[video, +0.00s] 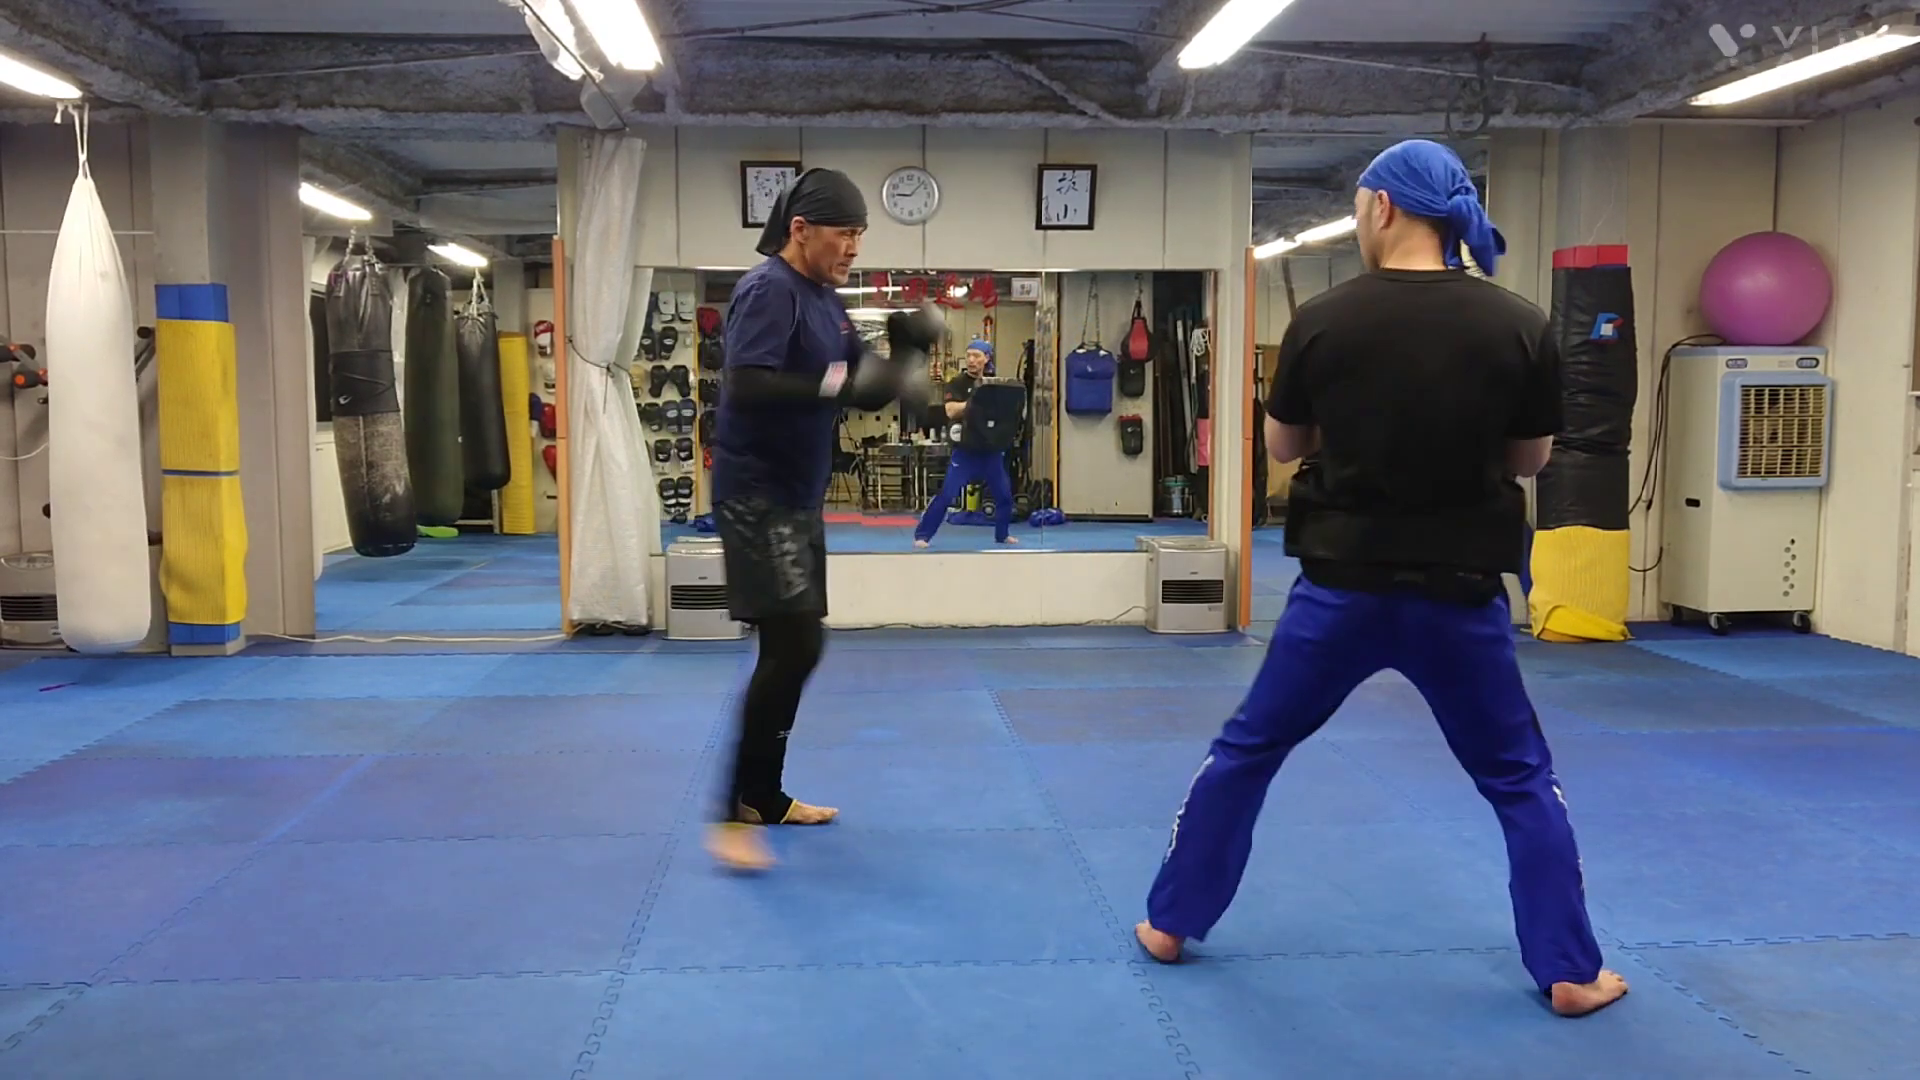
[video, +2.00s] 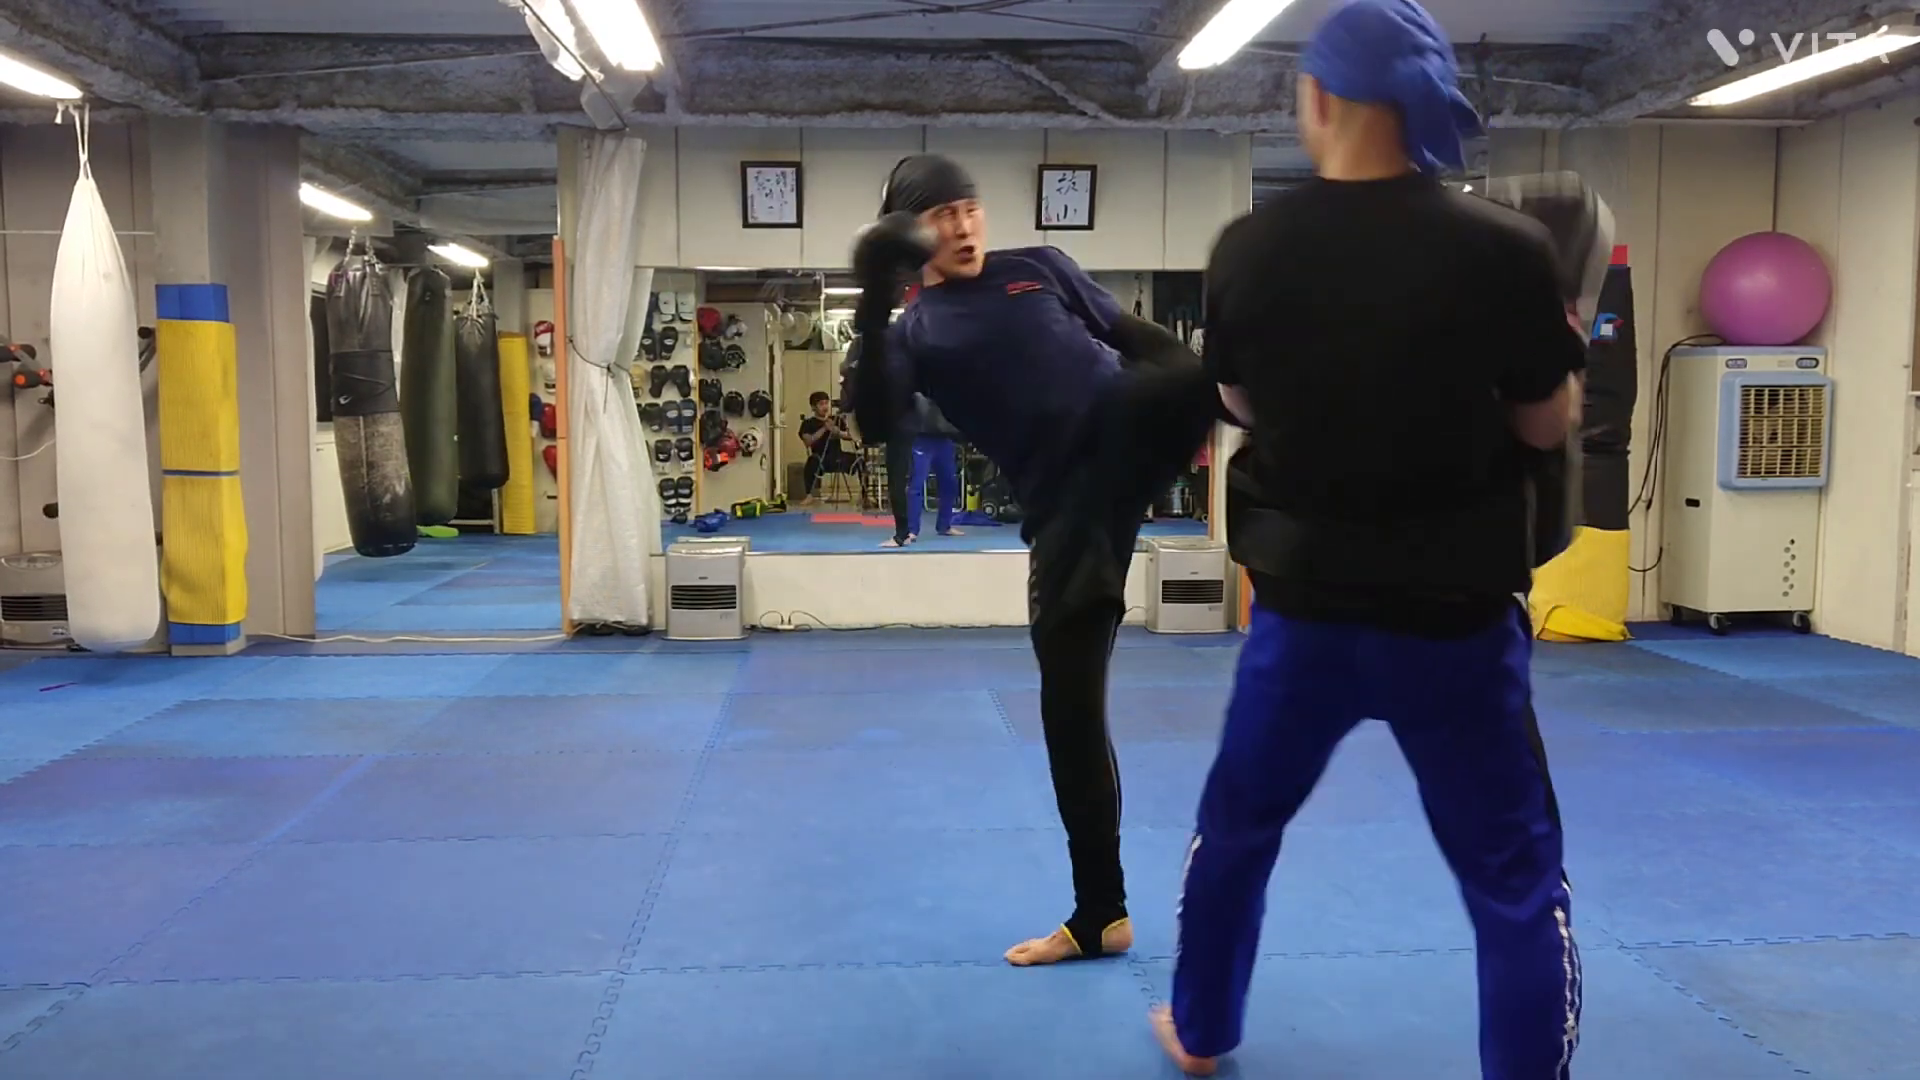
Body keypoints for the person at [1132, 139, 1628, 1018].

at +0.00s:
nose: (1354, 221)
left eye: (1360, 205)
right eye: (1360, 205)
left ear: (1385, 210)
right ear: (1451, 219)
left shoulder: (1329, 319)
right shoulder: (1520, 323)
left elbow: (1284, 445)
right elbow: (1531, 458)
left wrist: (1368, 424)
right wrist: (1450, 437)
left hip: (1339, 597)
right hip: (1463, 605)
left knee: (1246, 750)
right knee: (1520, 780)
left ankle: (1170, 924)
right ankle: (1569, 975)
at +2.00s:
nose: (1303, 112)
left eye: (1307, 94)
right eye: (1309, 92)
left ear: (1325, 105)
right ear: (1420, 108)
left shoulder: (1253, 245)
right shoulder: (1504, 247)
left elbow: (1242, 402)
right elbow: (1549, 420)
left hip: (1303, 624)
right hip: (1455, 632)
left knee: (1235, 831)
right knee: (1515, 883)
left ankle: (1200, 1034)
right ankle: (1531, 1072)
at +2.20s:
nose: (1168, 116)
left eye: (1171, 101)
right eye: (1184, 101)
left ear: (1186, 113)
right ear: (1290, 109)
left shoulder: (1156, 264)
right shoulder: (1335, 251)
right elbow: (1464, 411)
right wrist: (1448, 290)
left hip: (1229, 640)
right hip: (1361, 646)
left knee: (1196, 835)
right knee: (1489, 885)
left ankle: (1048, 1043)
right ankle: (1527, 1069)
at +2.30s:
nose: (1228, 132)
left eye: (1225, 116)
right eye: (1225, 113)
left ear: (1110, 121)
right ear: (1214, 120)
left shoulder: (1086, 262)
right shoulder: (1216, 254)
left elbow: (1166, 421)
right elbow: (1334, 434)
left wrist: (1300, 336)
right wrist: (1374, 331)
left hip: (1138, 651)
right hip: (1258, 657)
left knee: (1132, 880)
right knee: (1420, 907)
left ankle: (1015, 1069)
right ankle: (1498, 1069)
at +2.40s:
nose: (1158, 81)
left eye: (1151, 59)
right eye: (1152, 61)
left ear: (1035, 87)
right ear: (1137, 80)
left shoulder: (1014, 230)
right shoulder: (1104, 229)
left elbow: (1103, 398)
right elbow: (1211, 408)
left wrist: (1252, 327)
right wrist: (1290, 334)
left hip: (1041, 634)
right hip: (1141, 638)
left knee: (1090, 870)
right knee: (1301, 877)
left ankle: (1024, 1070)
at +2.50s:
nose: (1123, 62)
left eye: (1117, 44)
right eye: (1117, 44)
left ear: (1003, 70)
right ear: (1096, 60)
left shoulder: (979, 206)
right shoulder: (1060, 203)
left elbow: (1068, 380)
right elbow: (1170, 396)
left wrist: (1217, 320)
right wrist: (1245, 334)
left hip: (998, 617)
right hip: (1090, 623)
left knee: (1061, 877)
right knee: (1230, 878)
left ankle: (1018, 1072)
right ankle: (1162, 1063)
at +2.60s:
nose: (1072, 49)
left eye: (1066, 32)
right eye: (1065, 32)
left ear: (955, 59)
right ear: (1041, 48)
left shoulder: (927, 191)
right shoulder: (1009, 191)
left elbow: (1017, 377)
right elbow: (1126, 384)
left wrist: (1150, 307)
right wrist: (1192, 306)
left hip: (946, 607)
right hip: (1011, 618)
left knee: (1011, 904)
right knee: (1063, 923)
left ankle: (1017, 1069)